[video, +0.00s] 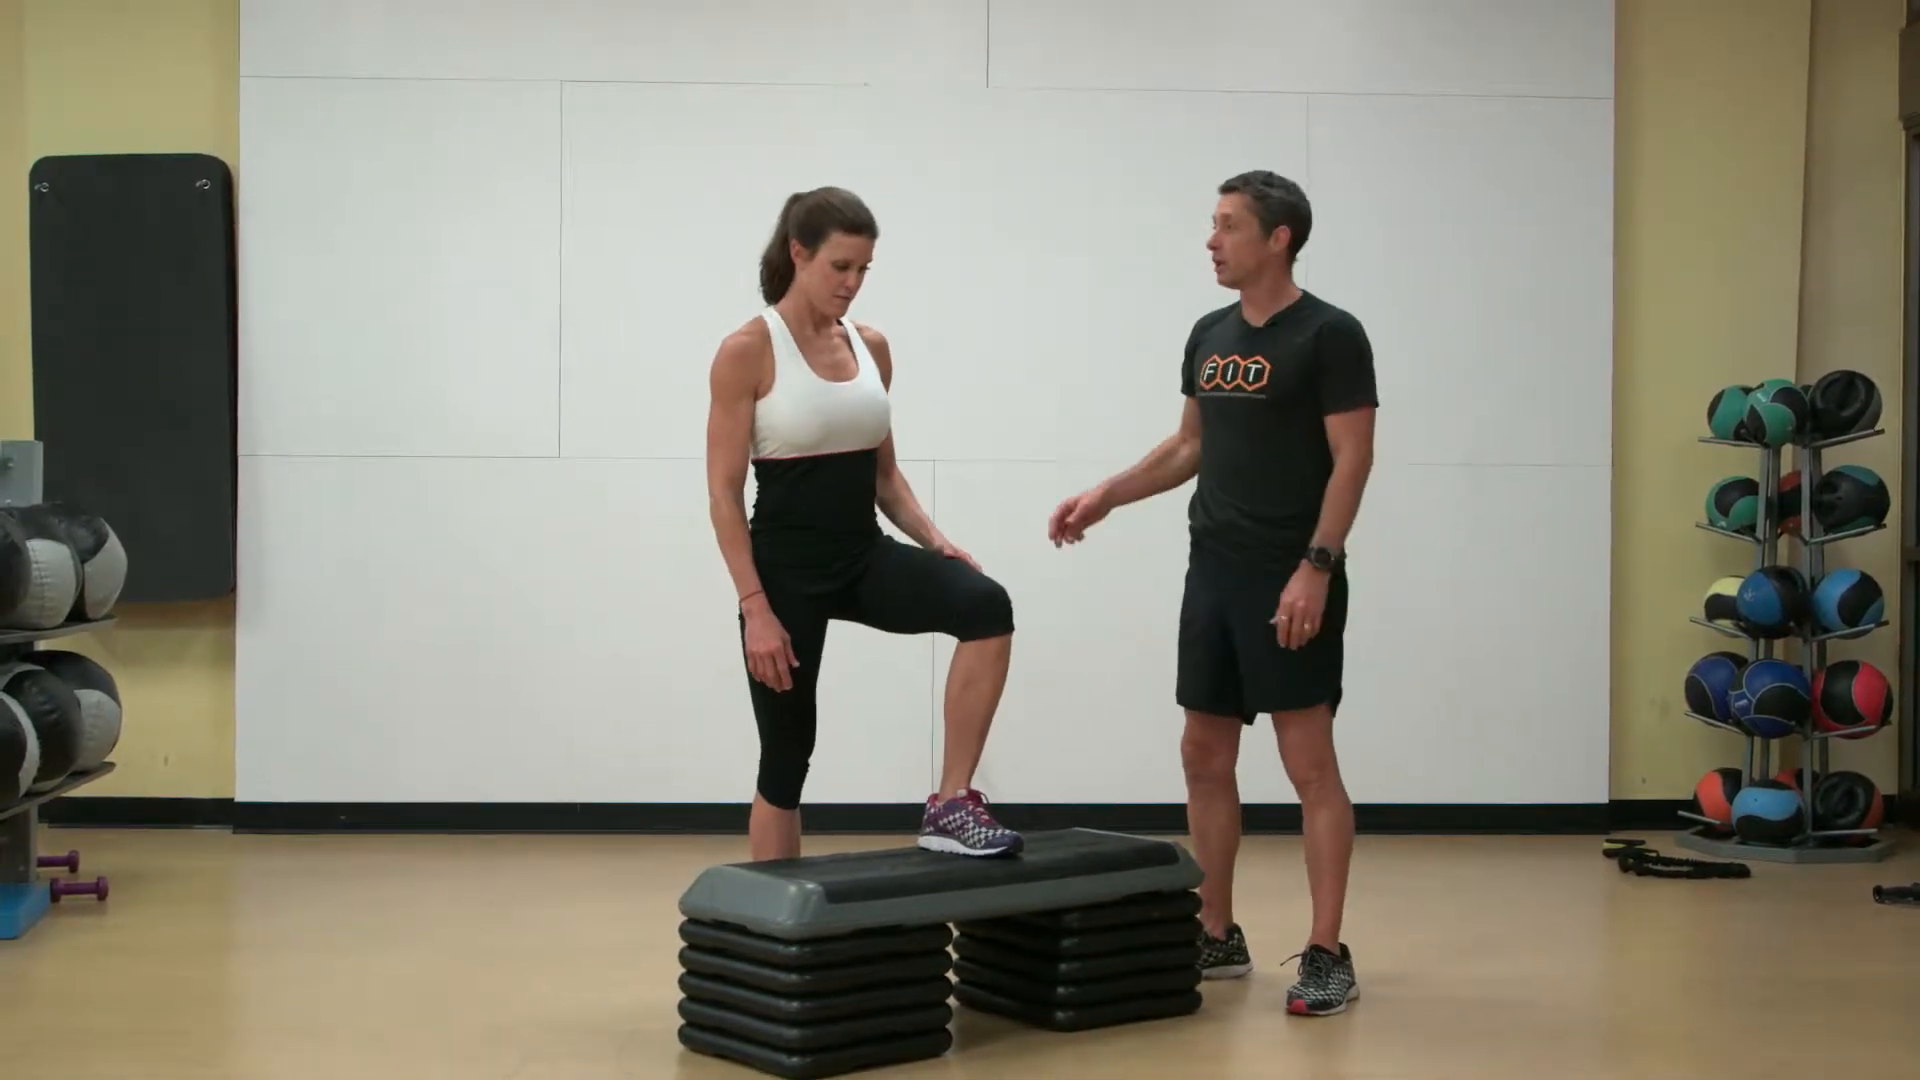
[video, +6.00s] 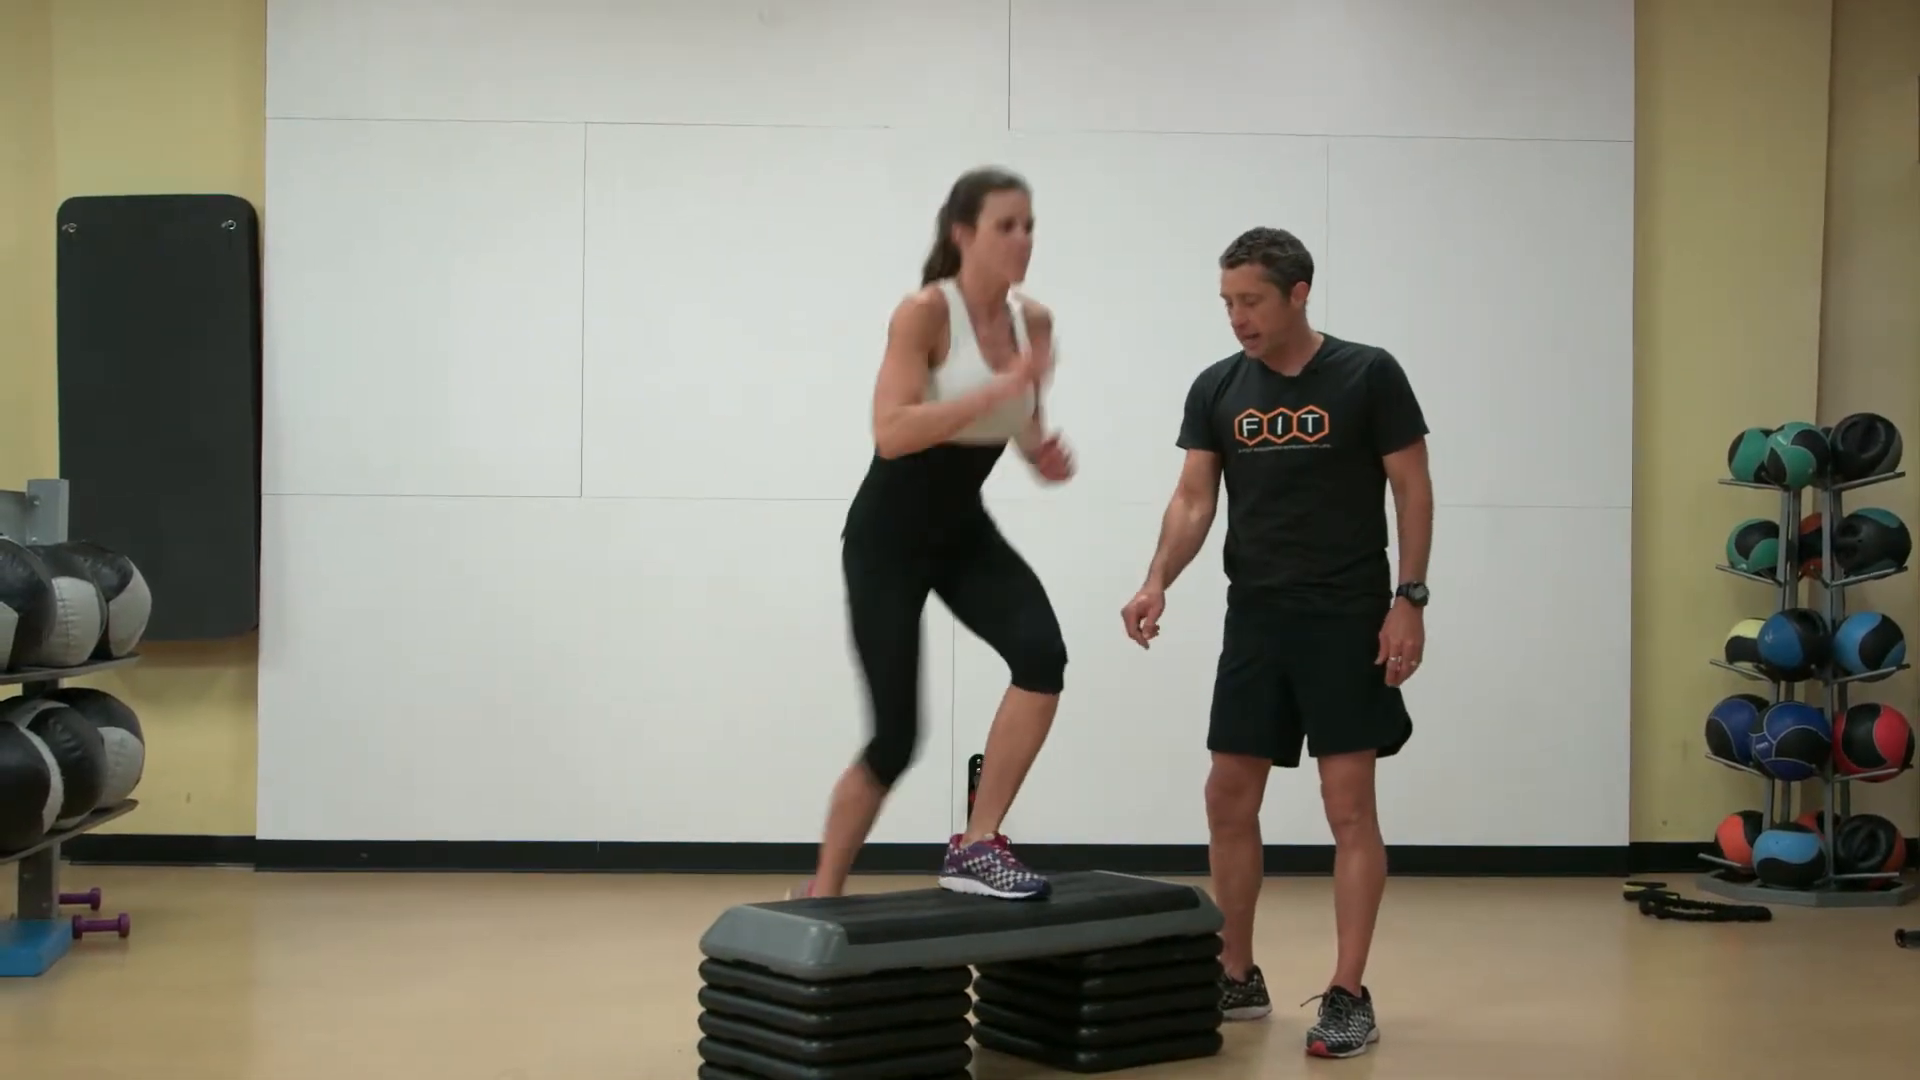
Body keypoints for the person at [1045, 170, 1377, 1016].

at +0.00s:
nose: (1211, 242)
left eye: (1227, 228)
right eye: (1213, 227)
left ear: (1279, 239)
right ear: (1244, 238)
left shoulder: (1332, 335)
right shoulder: (1210, 334)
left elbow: (1353, 460)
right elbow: (1191, 445)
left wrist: (1317, 564)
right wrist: (1106, 494)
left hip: (1293, 574)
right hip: (1214, 572)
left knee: (1309, 762)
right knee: (1204, 754)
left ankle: (1326, 950)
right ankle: (1217, 935)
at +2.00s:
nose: (1192, 279)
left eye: (1205, 264)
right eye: (1187, 265)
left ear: (1256, 258)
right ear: (1198, 265)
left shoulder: (1323, 343)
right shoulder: (1193, 354)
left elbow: (1358, 463)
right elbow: (1181, 464)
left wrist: (1337, 573)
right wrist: (1119, 502)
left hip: (1294, 588)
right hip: (1211, 586)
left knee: (1312, 775)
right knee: (1202, 766)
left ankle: (1326, 961)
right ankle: (1215, 945)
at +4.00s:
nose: (1210, 339)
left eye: (1223, 325)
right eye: (1203, 325)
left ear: (1272, 315)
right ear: (1202, 320)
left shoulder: (1344, 386)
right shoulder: (1193, 403)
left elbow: (1393, 501)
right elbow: (1151, 507)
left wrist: (1385, 608)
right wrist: (1093, 528)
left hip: (1333, 631)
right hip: (1243, 632)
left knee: (1340, 817)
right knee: (1220, 804)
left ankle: (1341, 1002)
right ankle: (1230, 988)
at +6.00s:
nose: (1237, 318)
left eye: (1250, 302)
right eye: (1229, 303)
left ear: (1297, 295)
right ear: (1226, 302)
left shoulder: (1368, 375)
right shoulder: (1218, 388)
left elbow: (1413, 490)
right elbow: (1192, 498)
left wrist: (1409, 599)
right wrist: (1156, 580)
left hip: (1346, 619)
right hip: (1254, 619)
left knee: (1349, 808)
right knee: (1229, 796)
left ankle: (1347, 991)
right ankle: (1236, 974)